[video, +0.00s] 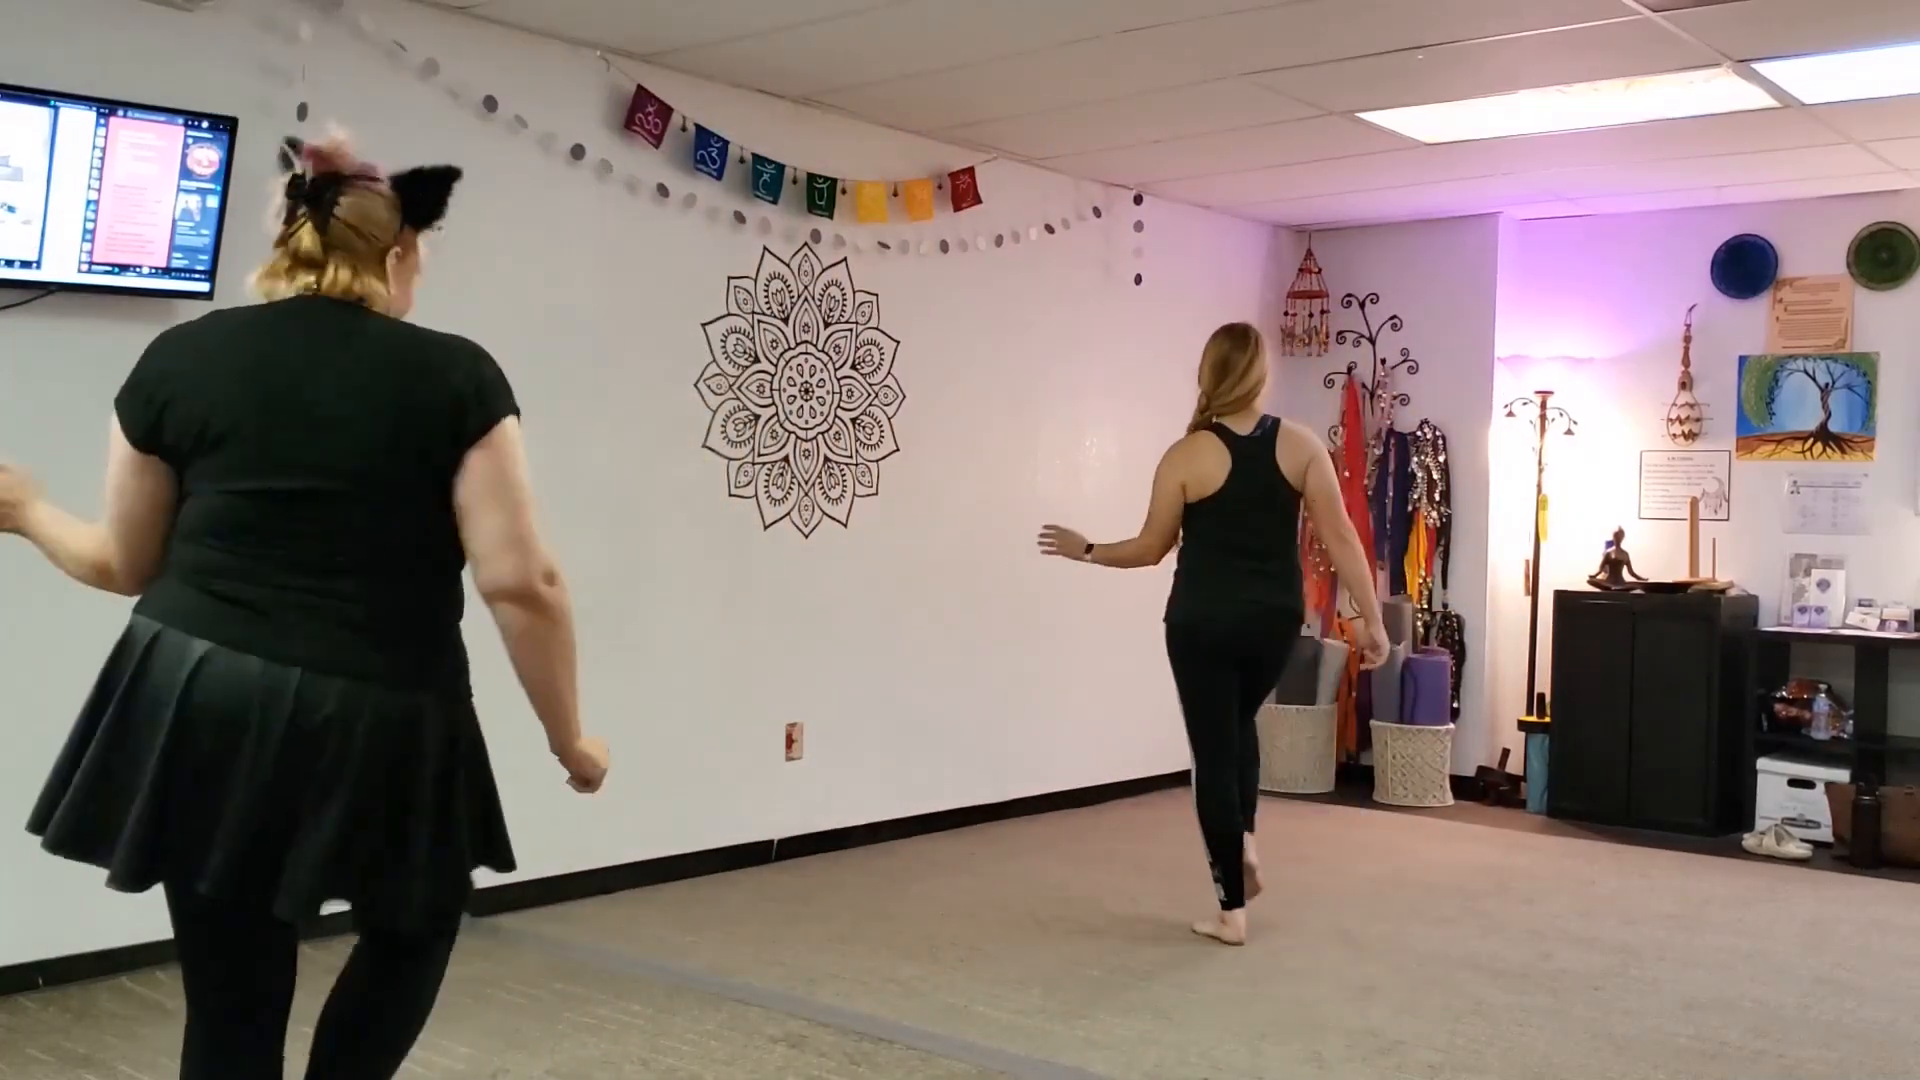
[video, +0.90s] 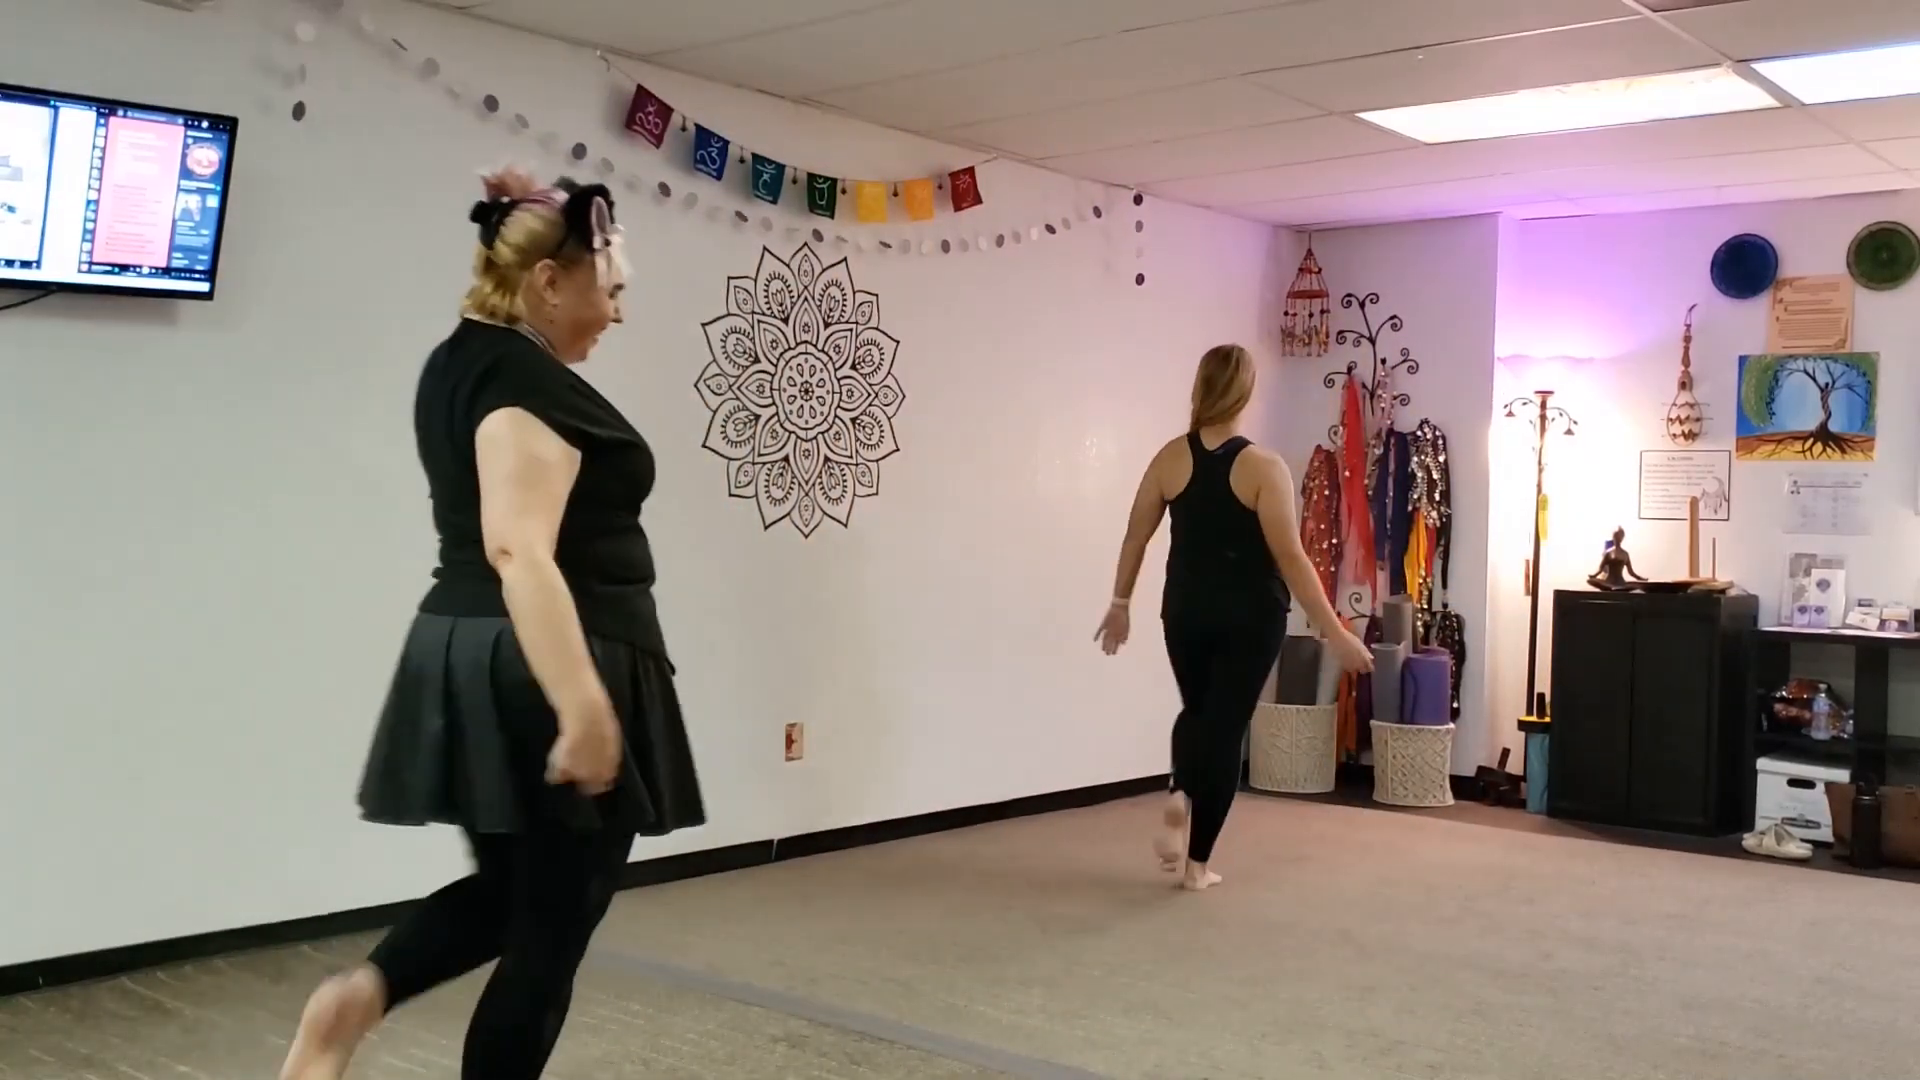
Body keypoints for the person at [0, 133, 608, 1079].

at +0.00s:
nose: (418, 281)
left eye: (419, 262)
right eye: (417, 261)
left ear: (285, 245)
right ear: (395, 256)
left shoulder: (182, 358)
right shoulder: (452, 376)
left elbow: (126, 565)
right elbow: (517, 580)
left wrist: (26, 511)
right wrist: (569, 737)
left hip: (203, 700)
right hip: (382, 716)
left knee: (232, 1004)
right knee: (416, 922)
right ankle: (340, 1072)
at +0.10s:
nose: (439, 280)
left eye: (440, 259)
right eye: (435, 257)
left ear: (307, 244)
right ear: (395, 253)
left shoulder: (199, 339)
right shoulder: (440, 359)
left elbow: (145, 557)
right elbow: (485, 561)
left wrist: (94, 515)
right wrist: (559, 727)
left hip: (207, 680)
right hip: (386, 692)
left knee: (242, 986)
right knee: (421, 921)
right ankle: (368, 1073)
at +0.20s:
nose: (460, 275)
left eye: (460, 253)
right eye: (454, 253)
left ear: (330, 245)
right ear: (400, 252)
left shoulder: (224, 334)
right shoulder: (435, 352)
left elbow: (169, 532)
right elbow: (467, 542)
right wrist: (551, 722)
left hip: (216, 664)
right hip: (394, 677)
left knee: (246, 980)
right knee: (431, 935)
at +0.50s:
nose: (510, 291)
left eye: (511, 270)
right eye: (502, 269)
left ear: (413, 265)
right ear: (441, 268)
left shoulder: (317, 362)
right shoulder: (460, 367)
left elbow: (308, 519)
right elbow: (473, 543)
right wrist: (539, 722)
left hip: (307, 678)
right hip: (440, 694)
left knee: (305, 977)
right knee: (478, 967)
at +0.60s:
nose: (536, 283)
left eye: (536, 261)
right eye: (528, 260)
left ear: (439, 260)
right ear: (468, 263)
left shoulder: (358, 358)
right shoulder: (477, 370)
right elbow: (480, 539)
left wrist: (438, 205)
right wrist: (541, 720)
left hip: (350, 670)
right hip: (476, 688)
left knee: (341, 957)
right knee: (503, 955)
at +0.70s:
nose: (562, 289)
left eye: (561, 267)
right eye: (552, 266)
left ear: (473, 263)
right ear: (494, 266)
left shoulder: (396, 356)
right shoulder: (496, 374)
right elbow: (488, 540)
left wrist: (468, 199)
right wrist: (535, 716)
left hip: (396, 662)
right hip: (508, 675)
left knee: (375, 938)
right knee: (516, 953)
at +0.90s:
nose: (615, 308)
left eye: (616, 289)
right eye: (607, 287)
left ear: (530, 280)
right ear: (547, 284)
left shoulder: (461, 362)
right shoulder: (527, 384)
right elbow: (520, 551)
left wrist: (530, 221)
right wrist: (586, 707)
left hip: (469, 648)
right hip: (546, 661)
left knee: (515, 880)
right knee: (559, 918)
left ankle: (366, 992)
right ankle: (497, 1077)